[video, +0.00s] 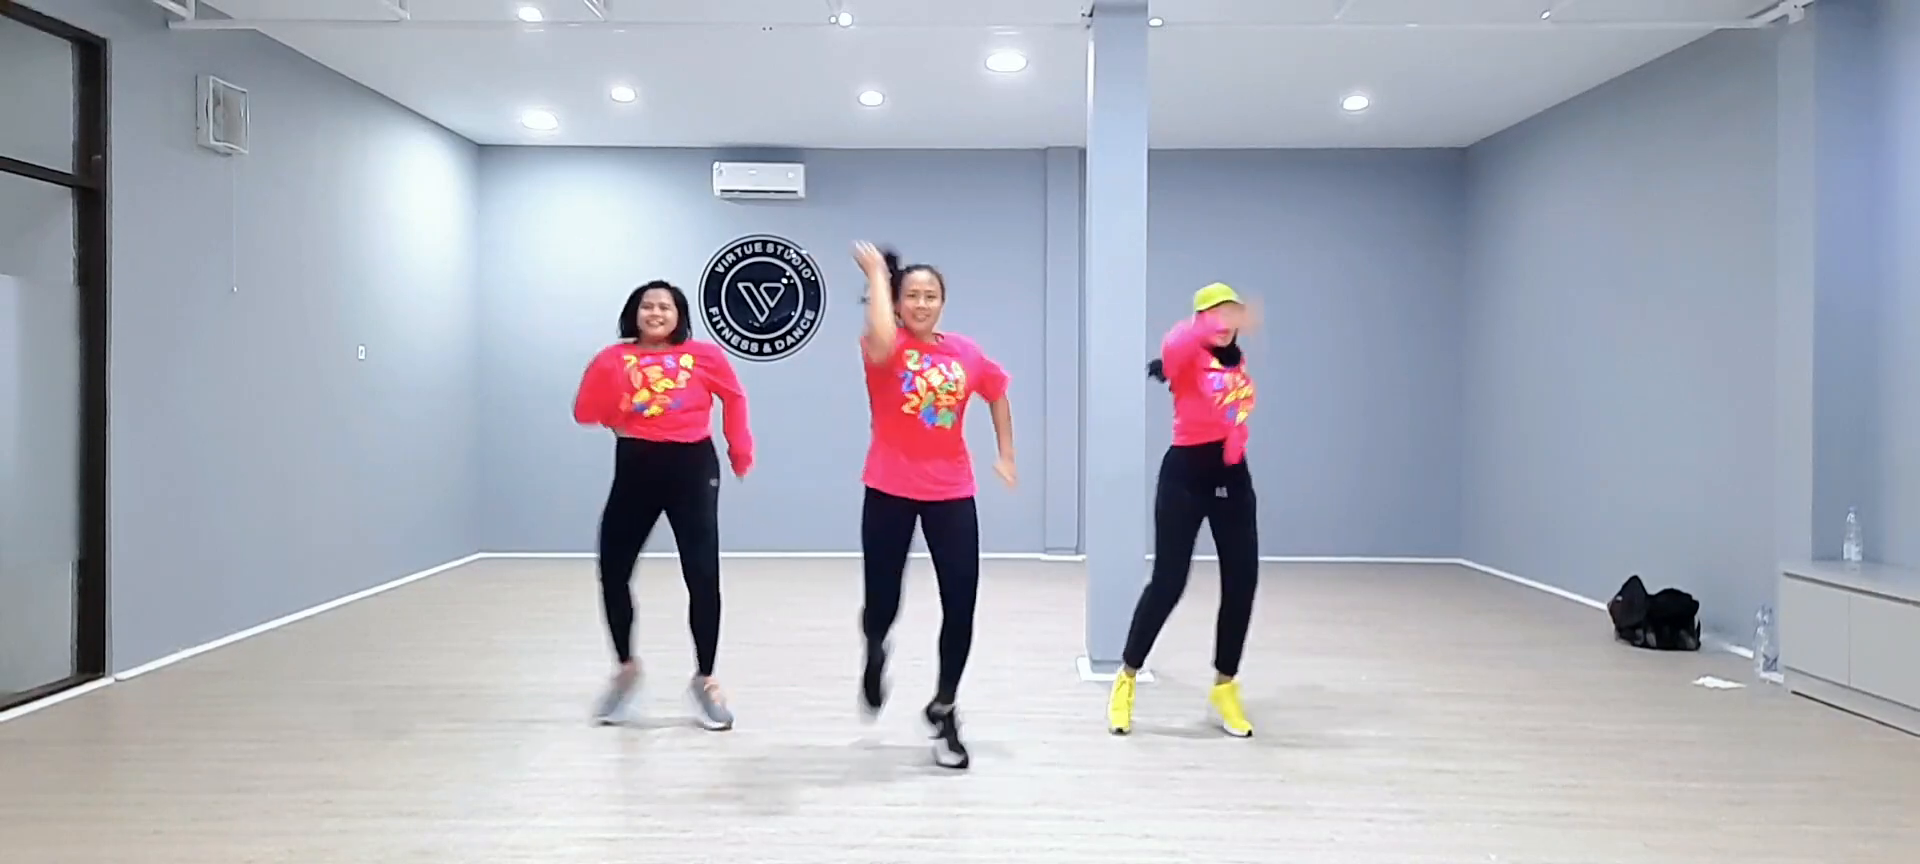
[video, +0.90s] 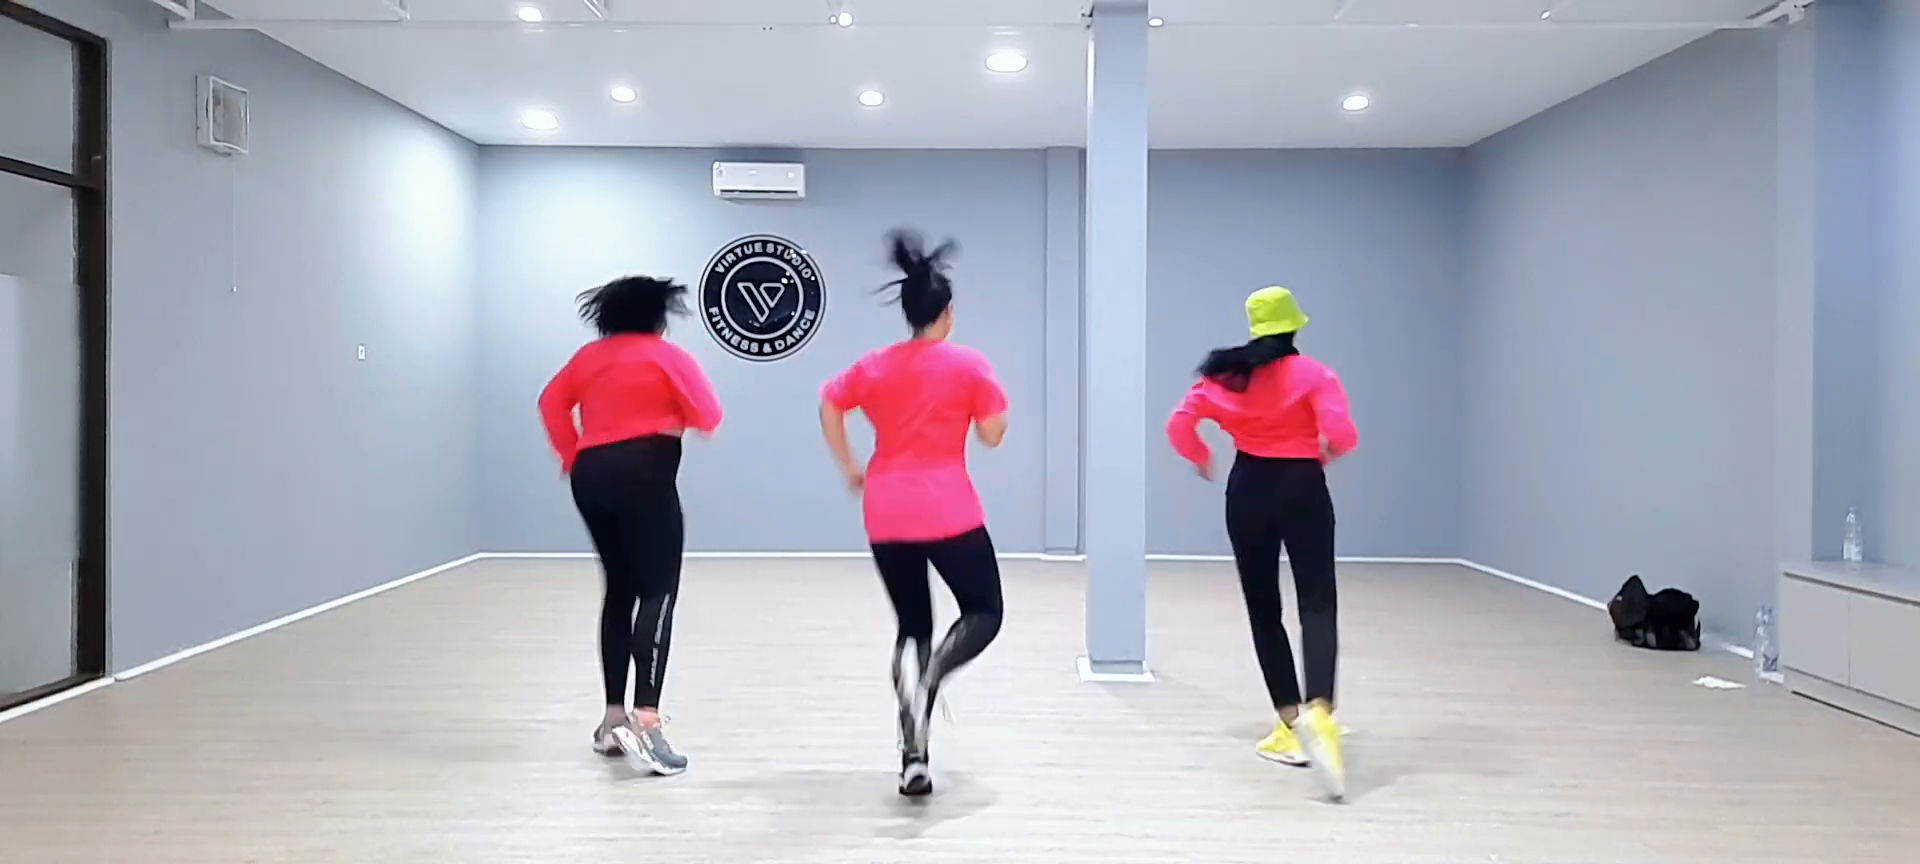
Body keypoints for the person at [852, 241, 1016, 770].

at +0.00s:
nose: (922, 304)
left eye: (931, 296)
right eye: (913, 296)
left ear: (943, 303)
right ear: (897, 302)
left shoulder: (964, 352)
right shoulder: (882, 348)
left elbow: (998, 393)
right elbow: (881, 334)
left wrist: (1006, 454)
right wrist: (877, 273)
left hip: (950, 492)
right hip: (889, 489)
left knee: (960, 604)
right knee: (881, 602)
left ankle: (943, 705)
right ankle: (874, 658)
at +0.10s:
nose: (942, 323)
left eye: (948, 315)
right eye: (932, 315)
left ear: (955, 324)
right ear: (909, 323)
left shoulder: (970, 381)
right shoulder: (891, 371)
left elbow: (991, 446)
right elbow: (898, 428)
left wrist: (1013, 500)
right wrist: (928, 379)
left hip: (960, 523)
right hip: (902, 521)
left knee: (955, 631)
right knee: (908, 637)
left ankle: (935, 723)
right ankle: (893, 613)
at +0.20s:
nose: (944, 328)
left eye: (953, 321)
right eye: (934, 320)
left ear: (963, 328)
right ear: (917, 327)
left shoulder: (974, 389)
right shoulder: (898, 379)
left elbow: (986, 457)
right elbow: (894, 445)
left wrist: (997, 511)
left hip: (964, 524)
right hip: (909, 521)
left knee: (961, 628)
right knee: (934, 617)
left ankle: (936, 721)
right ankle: (898, 641)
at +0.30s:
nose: (946, 310)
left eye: (955, 302)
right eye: (937, 303)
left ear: (968, 309)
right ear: (921, 310)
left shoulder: (978, 367)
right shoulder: (902, 364)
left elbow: (992, 425)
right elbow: (871, 429)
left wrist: (988, 446)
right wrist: (926, 464)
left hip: (964, 502)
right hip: (913, 500)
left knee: (964, 613)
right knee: (942, 601)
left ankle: (941, 712)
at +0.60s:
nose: (972, 334)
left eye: (973, 326)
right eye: (961, 326)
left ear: (967, 337)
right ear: (929, 336)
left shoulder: (962, 393)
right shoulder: (920, 394)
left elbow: (952, 458)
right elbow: (909, 467)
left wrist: (984, 476)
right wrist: (963, 512)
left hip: (940, 531)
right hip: (910, 536)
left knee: (973, 638)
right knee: (956, 646)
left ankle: (932, 725)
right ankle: (909, 784)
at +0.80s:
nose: (966, 309)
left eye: (963, 300)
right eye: (964, 300)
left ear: (917, 305)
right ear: (953, 302)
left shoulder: (892, 351)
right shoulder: (962, 354)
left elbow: (851, 390)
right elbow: (1001, 421)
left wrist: (883, 431)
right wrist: (1001, 367)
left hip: (887, 504)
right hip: (939, 504)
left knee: (933, 604)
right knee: (963, 617)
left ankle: (917, 724)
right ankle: (929, 745)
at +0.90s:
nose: (953, 315)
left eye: (948, 306)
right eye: (952, 307)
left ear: (906, 313)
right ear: (947, 311)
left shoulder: (877, 364)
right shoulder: (967, 365)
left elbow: (830, 402)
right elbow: (992, 433)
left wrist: (847, 468)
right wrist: (973, 390)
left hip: (887, 515)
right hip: (948, 512)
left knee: (913, 626)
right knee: (983, 612)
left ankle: (913, 759)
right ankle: (932, 672)